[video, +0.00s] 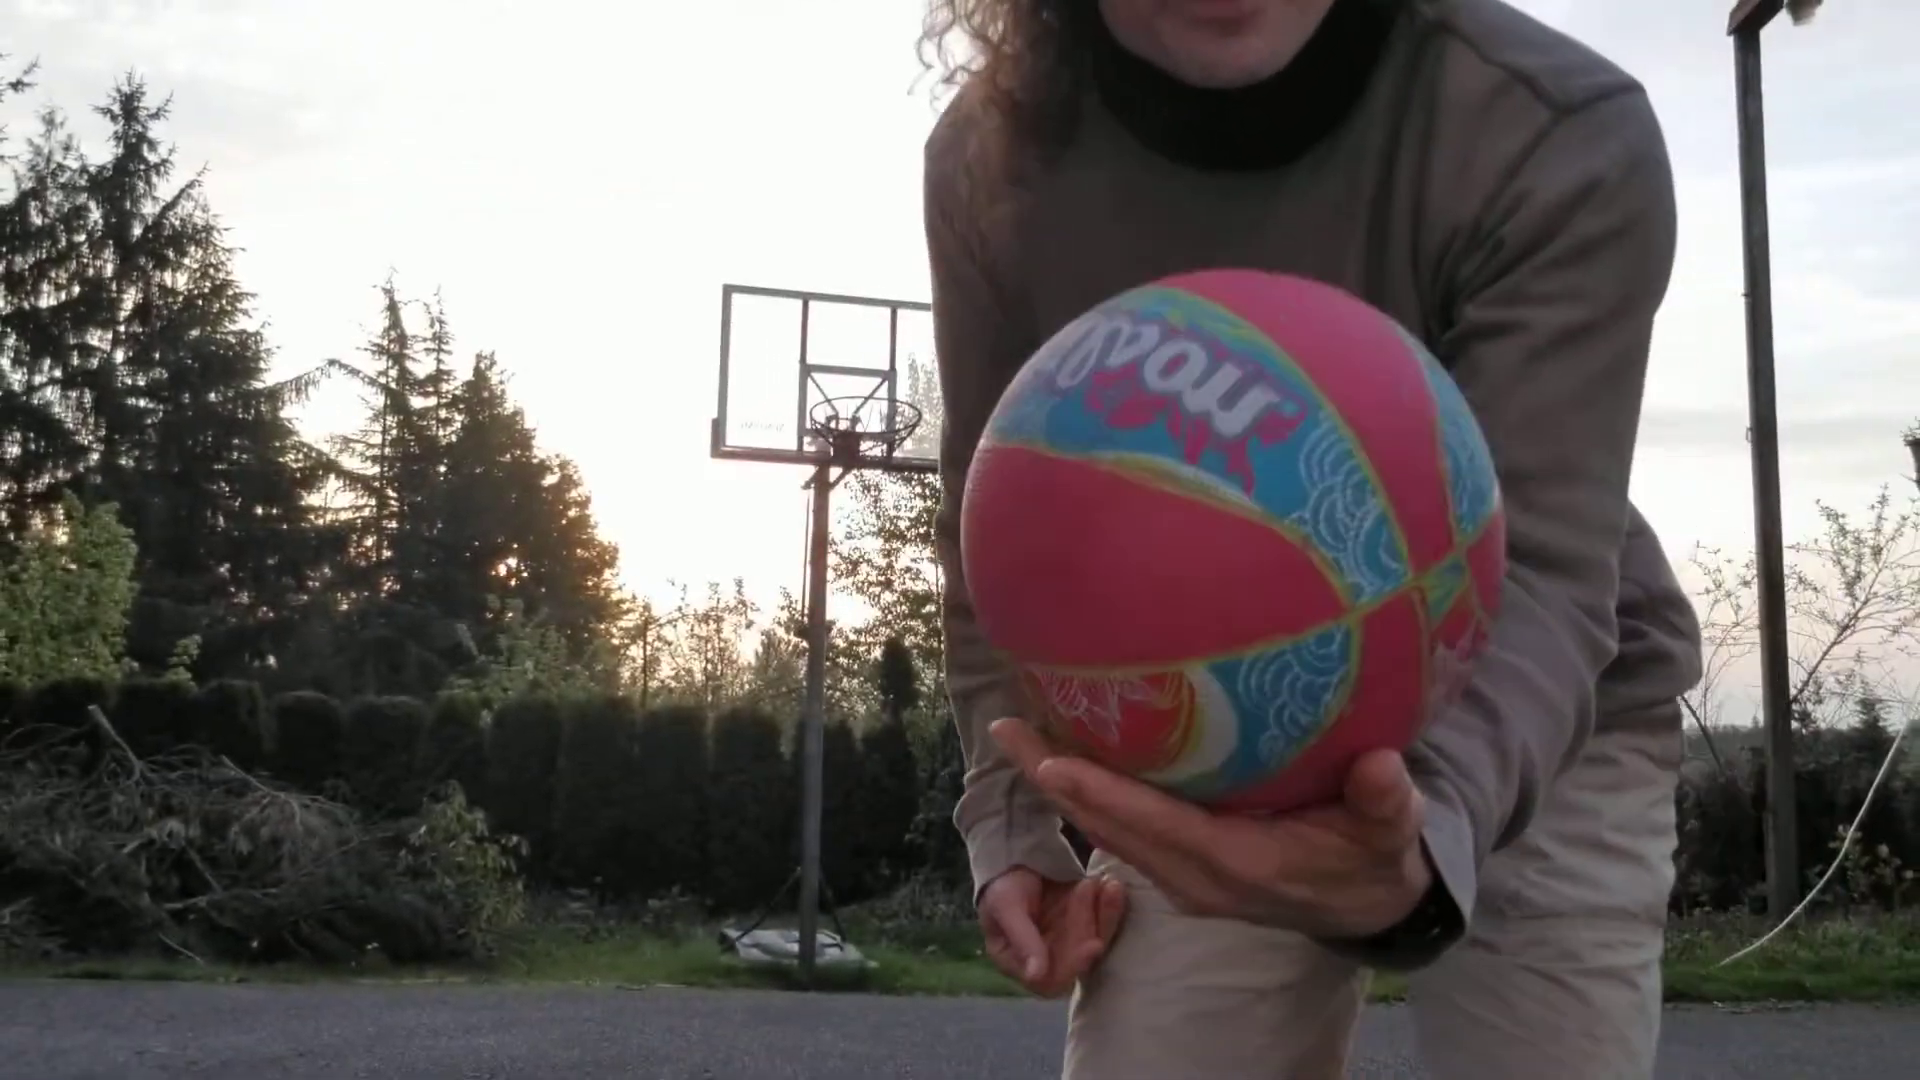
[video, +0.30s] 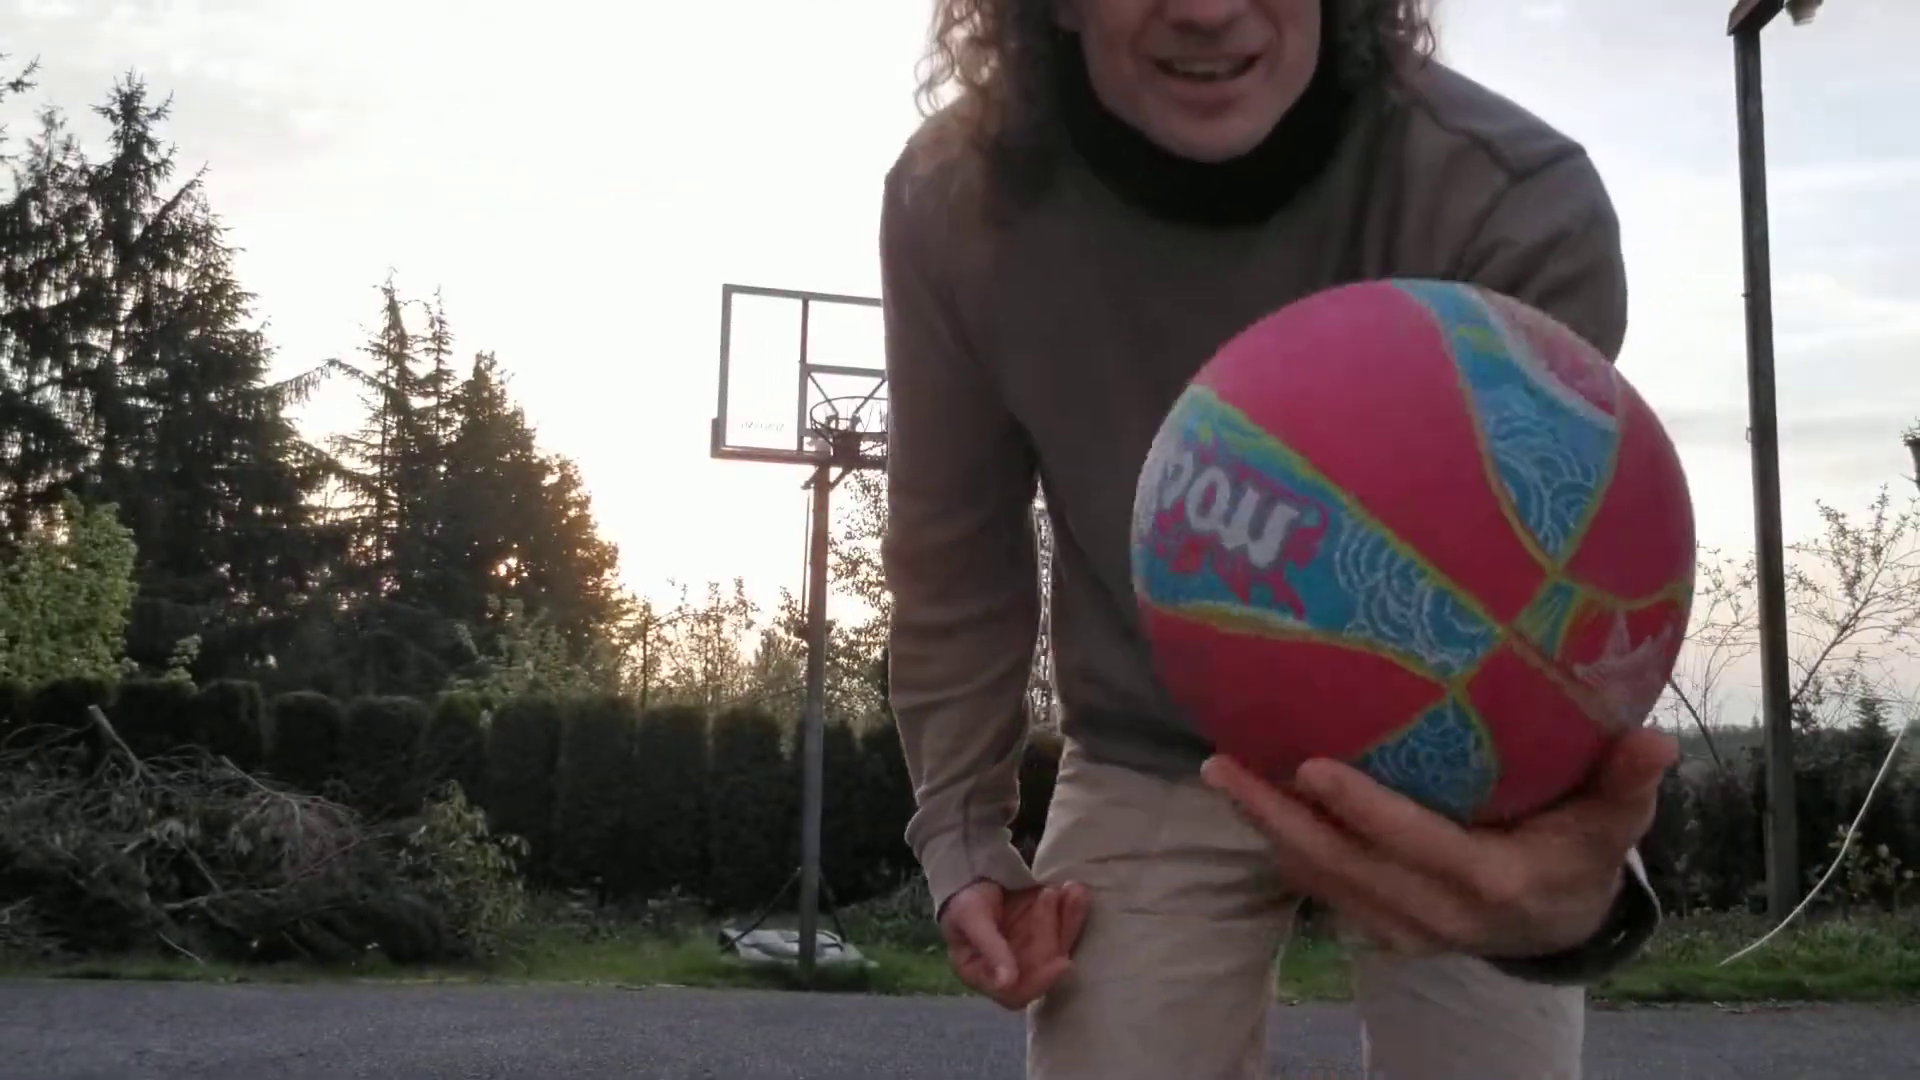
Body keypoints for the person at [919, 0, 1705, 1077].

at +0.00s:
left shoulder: (1558, 138)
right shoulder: (996, 157)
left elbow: (1552, 567)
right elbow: (996, 550)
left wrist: (1430, 832)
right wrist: (1019, 829)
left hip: (1535, 718)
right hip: (1187, 720)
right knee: (1141, 1052)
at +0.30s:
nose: (1210, 13)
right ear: (1060, 2)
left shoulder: (1509, 198)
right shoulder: (961, 199)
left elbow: (1558, 629)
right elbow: (952, 564)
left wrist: (1591, 900)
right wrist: (966, 841)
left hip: (1464, 777)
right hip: (1150, 774)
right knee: (1104, 1049)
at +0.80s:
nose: (1176, 72)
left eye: (1224, 15)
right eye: (1117, 25)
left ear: (1290, 28)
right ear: (1042, 53)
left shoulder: (1443, 249)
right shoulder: (968, 250)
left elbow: (1472, 630)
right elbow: (961, 578)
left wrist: (1565, 722)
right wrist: (971, 823)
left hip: (1415, 780)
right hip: (1136, 782)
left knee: (1446, 1058)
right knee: (1097, 1059)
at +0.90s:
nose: (1168, 94)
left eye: (1214, 32)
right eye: (1109, 44)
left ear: (1278, 41)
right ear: (1037, 68)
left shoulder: (1434, 244)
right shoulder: (981, 258)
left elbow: (1511, 661)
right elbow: (985, 566)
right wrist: (986, 808)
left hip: (1430, 767)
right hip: (1157, 777)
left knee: (1438, 1059)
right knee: (1110, 1059)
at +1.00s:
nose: (1158, 105)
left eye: (1201, 41)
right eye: (1100, 58)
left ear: (1272, 43)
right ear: (1036, 79)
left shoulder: (1428, 231)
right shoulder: (998, 264)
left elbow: (1557, 595)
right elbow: (1002, 567)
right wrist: (1015, 812)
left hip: (1438, 751)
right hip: (1184, 763)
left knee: (1427, 1058)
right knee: (1137, 1057)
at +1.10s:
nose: (1135, 130)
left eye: (1178, 71)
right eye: (1087, 85)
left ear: (1259, 51)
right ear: (1039, 88)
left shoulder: (1419, 218)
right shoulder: (1020, 266)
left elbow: (1528, 554)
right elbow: (1039, 589)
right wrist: (1050, 852)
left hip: (1441, 757)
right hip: (1192, 770)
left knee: (1443, 1061)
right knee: (1166, 1065)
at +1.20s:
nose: (1123, 150)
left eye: (1163, 93)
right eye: (1077, 104)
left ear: (1249, 60)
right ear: (1034, 92)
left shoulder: (1413, 225)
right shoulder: (1034, 261)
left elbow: (1516, 582)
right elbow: (1055, 564)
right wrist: (1056, 792)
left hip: (1446, 773)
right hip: (1204, 782)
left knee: (1458, 1057)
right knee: (1145, 1055)